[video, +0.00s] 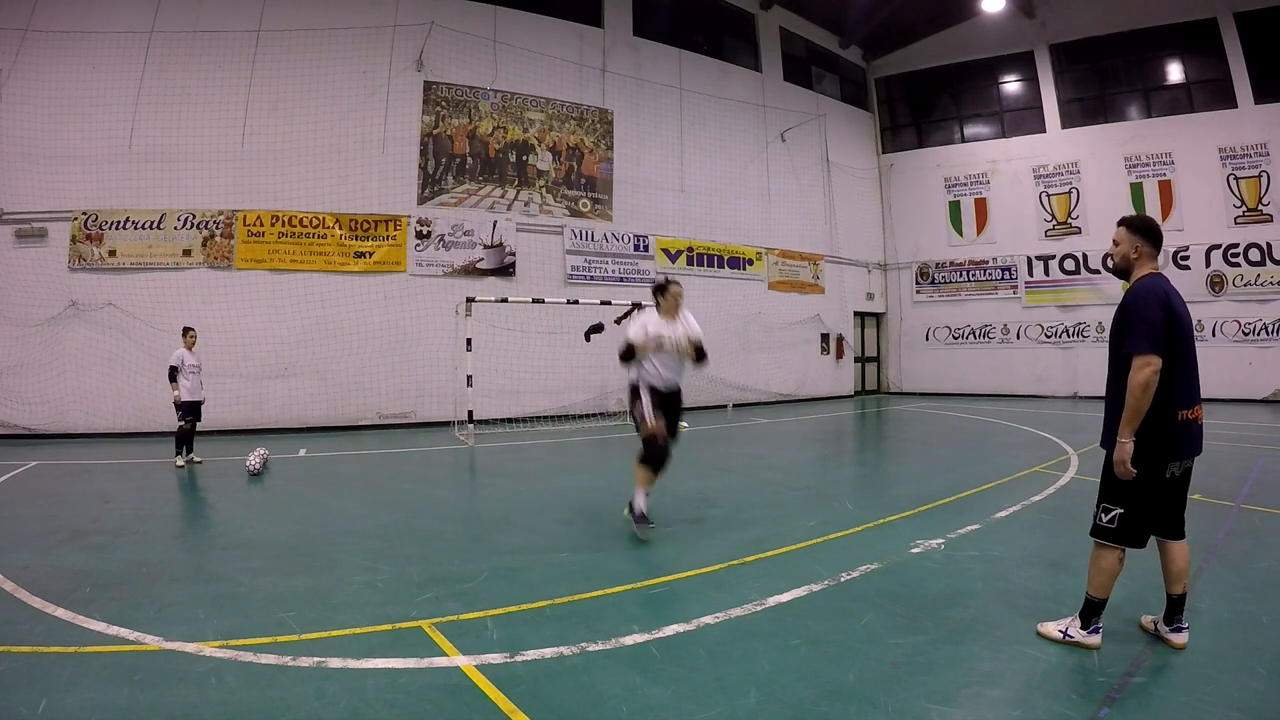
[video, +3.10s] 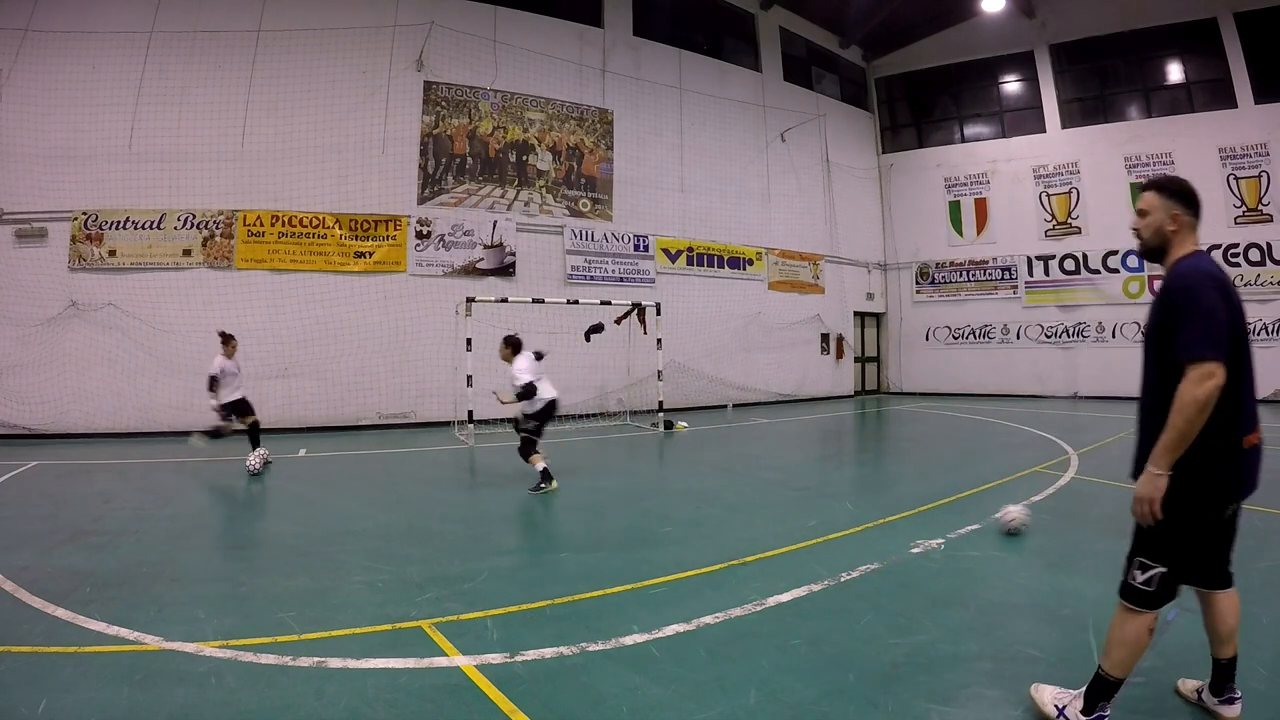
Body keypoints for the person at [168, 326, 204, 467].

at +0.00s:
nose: (193, 340)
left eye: (195, 337)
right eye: (191, 337)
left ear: (196, 339)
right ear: (184, 338)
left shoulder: (196, 356)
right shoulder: (179, 354)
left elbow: (198, 376)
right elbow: (172, 373)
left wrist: (202, 392)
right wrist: (176, 392)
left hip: (196, 397)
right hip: (184, 397)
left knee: (192, 426)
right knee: (184, 426)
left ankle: (189, 454)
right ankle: (178, 456)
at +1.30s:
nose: (180, 341)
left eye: (181, 339)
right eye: (177, 338)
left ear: (182, 340)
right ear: (170, 339)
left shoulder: (183, 357)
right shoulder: (163, 355)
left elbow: (186, 376)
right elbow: (156, 373)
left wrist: (190, 391)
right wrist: (161, 391)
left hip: (183, 398)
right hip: (167, 398)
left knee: (184, 427)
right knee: (164, 426)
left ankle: (189, 453)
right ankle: (160, 452)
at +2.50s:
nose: (199, 345)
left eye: (200, 342)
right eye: (196, 342)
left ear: (199, 343)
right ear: (189, 342)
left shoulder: (199, 359)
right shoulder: (179, 355)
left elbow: (201, 376)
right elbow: (165, 369)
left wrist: (200, 388)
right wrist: (153, 385)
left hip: (190, 397)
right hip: (175, 395)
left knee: (185, 424)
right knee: (181, 421)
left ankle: (178, 450)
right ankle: (173, 450)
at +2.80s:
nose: (214, 350)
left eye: (215, 347)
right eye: (212, 347)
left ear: (214, 347)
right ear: (203, 346)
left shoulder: (214, 362)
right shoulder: (191, 360)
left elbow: (215, 378)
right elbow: (179, 376)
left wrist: (210, 389)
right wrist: (169, 392)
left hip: (203, 397)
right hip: (188, 395)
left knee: (206, 426)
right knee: (190, 424)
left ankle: (192, 440)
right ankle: (181, 453)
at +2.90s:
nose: (220, 348)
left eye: (221, 345)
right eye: (218, 345)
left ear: (221, 346)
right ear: (210, 346)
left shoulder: (218, 360)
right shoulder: (201, 361)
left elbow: (213, 378)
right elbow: (192, 380)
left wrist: (212, 393)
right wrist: (195, 394)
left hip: (212, 400)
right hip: (197, 403)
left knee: (225, 420)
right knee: (191, 428)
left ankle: (220, 449)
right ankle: (181, 454)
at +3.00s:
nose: (227, 345)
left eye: (228, 342)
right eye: (225, 342)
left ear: (227, 342)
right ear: (217, 342)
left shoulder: (225, 356)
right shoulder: (212, 357)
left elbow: (221, 379)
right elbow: (202, 378)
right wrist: (203, 398)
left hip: (227, 398)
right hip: (212, 400)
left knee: (241, 419)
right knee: (198, 425)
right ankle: (180, 446)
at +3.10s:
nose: (235, 349)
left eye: (235, 347)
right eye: (232, 347)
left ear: (235, 347)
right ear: (224, 347)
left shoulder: (234, 361)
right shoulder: (219, 361)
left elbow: (233, 381)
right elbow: (212, 381)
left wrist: (238, 396)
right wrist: (213, 400)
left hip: (238, 398)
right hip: (225, 401)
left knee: (253, 423)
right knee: (227, 428)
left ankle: (258, 454)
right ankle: (204, 435)